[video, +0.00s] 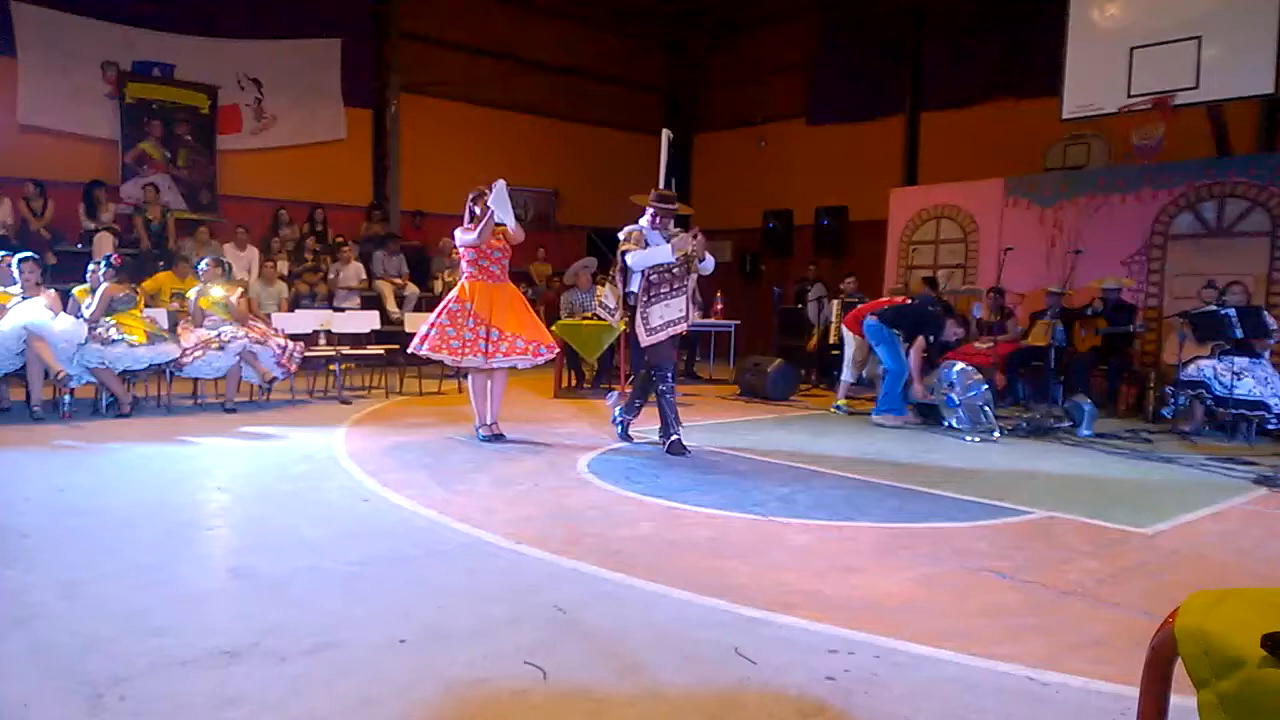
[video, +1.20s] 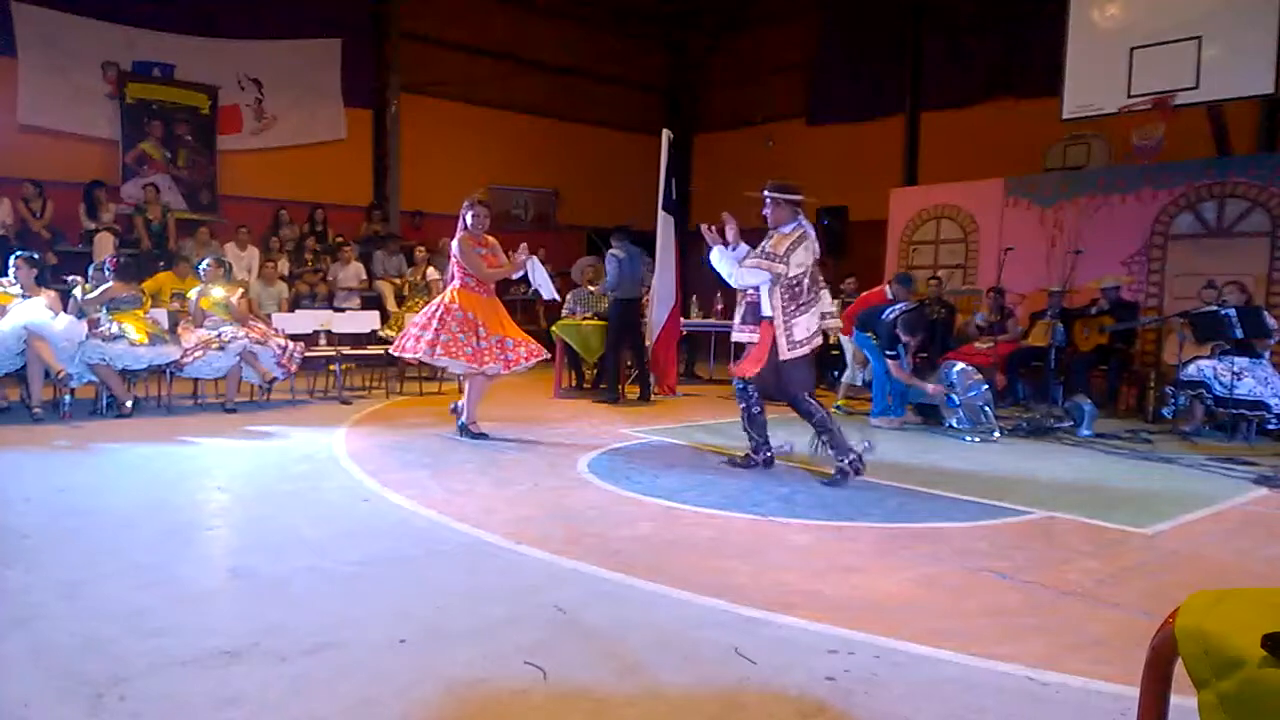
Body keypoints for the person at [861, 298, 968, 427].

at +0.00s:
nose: (953, 339)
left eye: (956, 338)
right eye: (955, 334)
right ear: (951, 323)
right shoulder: (935, 323)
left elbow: (913, 350)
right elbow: (915, 350)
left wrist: (918, 383)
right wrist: (917, 383)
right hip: (878, 325)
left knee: (901, 368)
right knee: (898, 369)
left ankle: (897, 410)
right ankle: (885, 412)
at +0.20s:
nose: (951, 334)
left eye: (955, 332)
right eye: (953, 328)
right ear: (947, 317)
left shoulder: (931, 322)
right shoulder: (929, 319)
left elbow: (914, 351)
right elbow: (909, 348)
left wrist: (925, 374)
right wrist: (909, 381)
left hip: (885, 328)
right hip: (873, 327)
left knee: (897, 369)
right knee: (891, 369)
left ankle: (897, 410)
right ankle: (882, 413)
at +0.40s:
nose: (942, 331)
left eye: (946, 329)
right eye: (941, 326)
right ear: (932, 315)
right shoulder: (915, 320)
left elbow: (923, 348)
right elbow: (902, 354)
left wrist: (930, 361)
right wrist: (910, 388)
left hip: (883, 332)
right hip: (868, 329)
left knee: (894, 369)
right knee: (885, 369)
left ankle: (898, 411)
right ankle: (882, 414)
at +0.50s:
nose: (933, 333)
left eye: (937, 330)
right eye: (931, 328)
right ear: (923, 316)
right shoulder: (906, 320)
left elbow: (928, 346)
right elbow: (899, 359)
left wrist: (934, 360)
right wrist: (913, 391)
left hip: (885, 332)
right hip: (867, 330)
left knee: (897, 369)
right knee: (884, 370)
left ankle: (901, 411)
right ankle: (880, 414)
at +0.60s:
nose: (925, 336)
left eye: (929, 333)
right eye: (922, 331)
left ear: (935, 327)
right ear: (912, 320)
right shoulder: (899, 321)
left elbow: (927, 339)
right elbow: (896, 365)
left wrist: (932, 356)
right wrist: (914, 392)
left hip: (886, 330)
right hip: (866, 331)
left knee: (904, 365)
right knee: (882, 368)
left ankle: (901, 411)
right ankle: (880, 413)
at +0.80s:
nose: (912, 340)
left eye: (916, 337)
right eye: (909, 337)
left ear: (922, 331)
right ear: (900, 328)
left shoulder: (920, 315)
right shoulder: (889, 328)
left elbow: (923, 334)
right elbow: (892, 368)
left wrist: (921, 354)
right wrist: (914, 394)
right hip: (866, 331)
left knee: (906, 366)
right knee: (881, 368)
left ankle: (900, 410)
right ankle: (880, 413)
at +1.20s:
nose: (911, 344)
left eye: (915, 340)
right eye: (907, 340)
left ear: (922, 333)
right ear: (898, 332)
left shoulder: (919, 316)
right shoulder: (888, 332)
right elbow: (896, 373)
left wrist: (909, 355)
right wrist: (926, 387)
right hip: (864, 331)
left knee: (903, 366)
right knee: (880, 366)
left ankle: (899, 411)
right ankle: (879, 414)